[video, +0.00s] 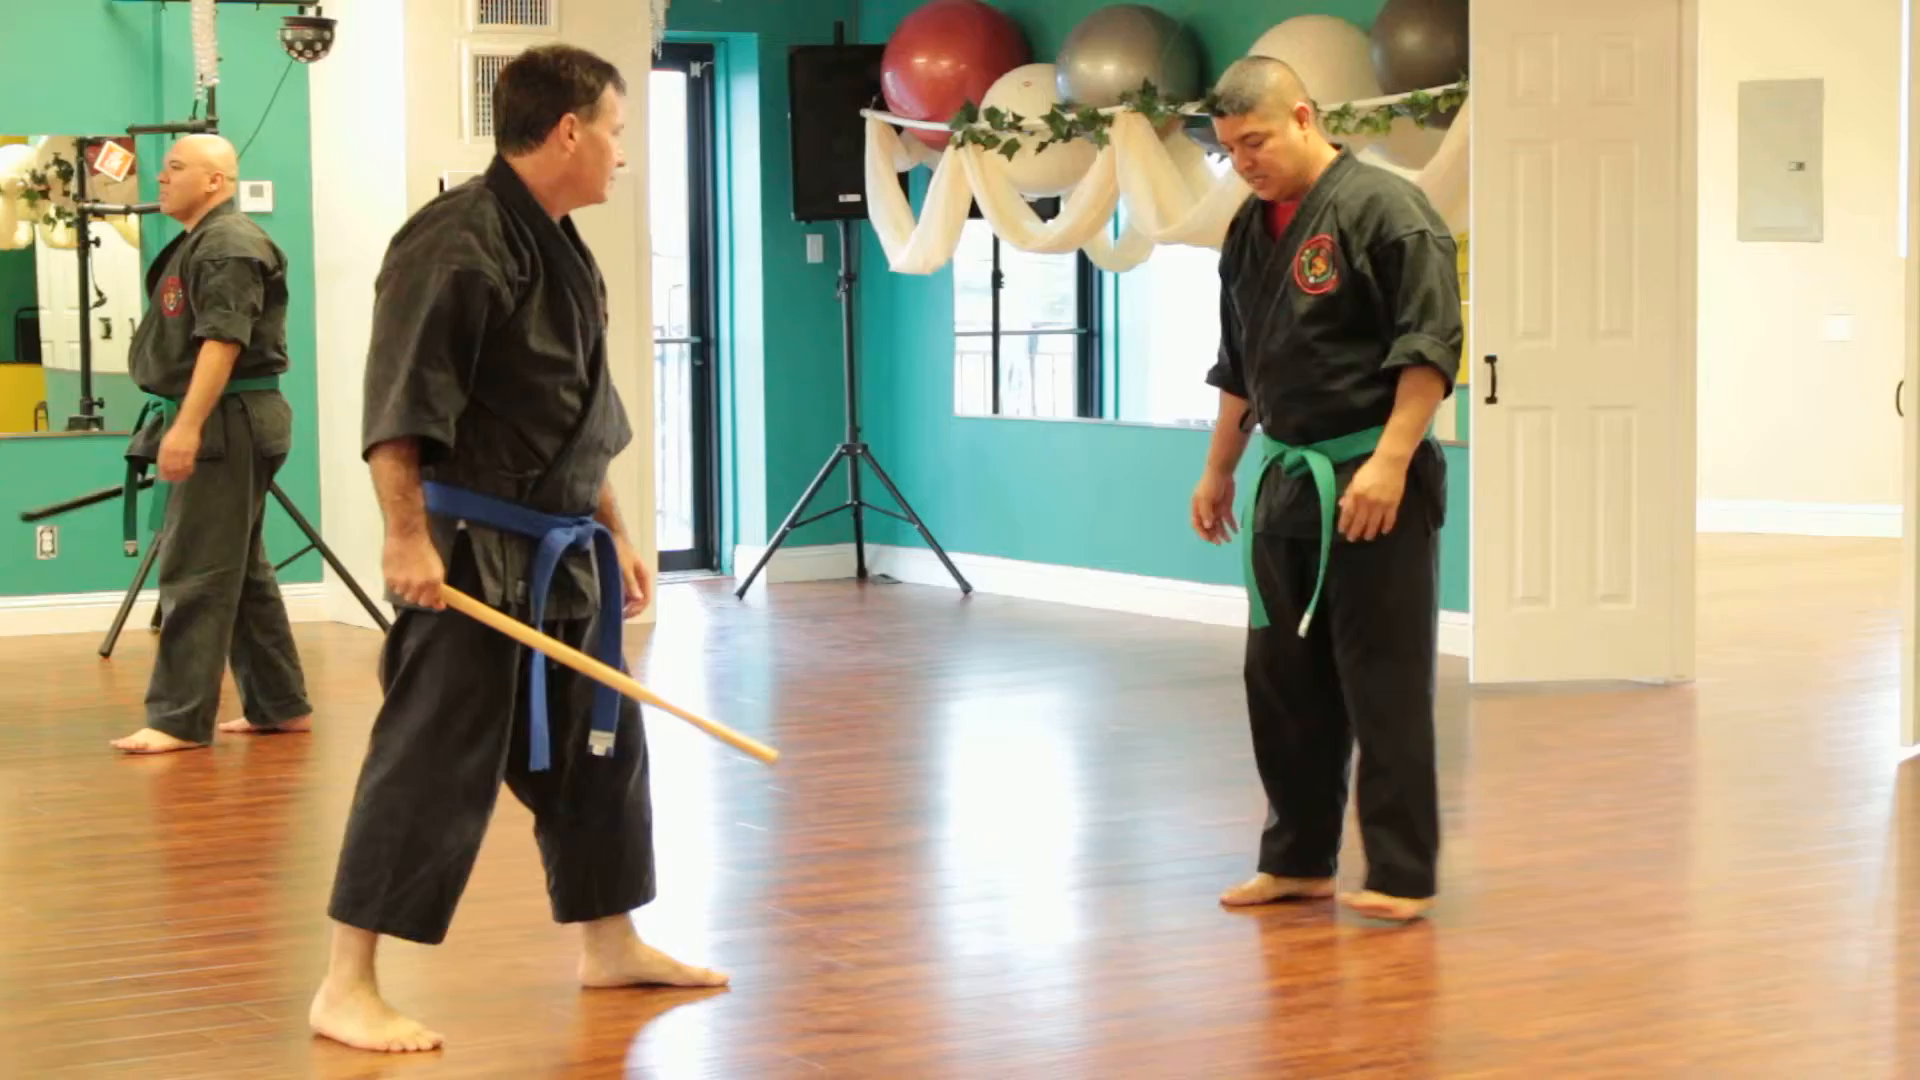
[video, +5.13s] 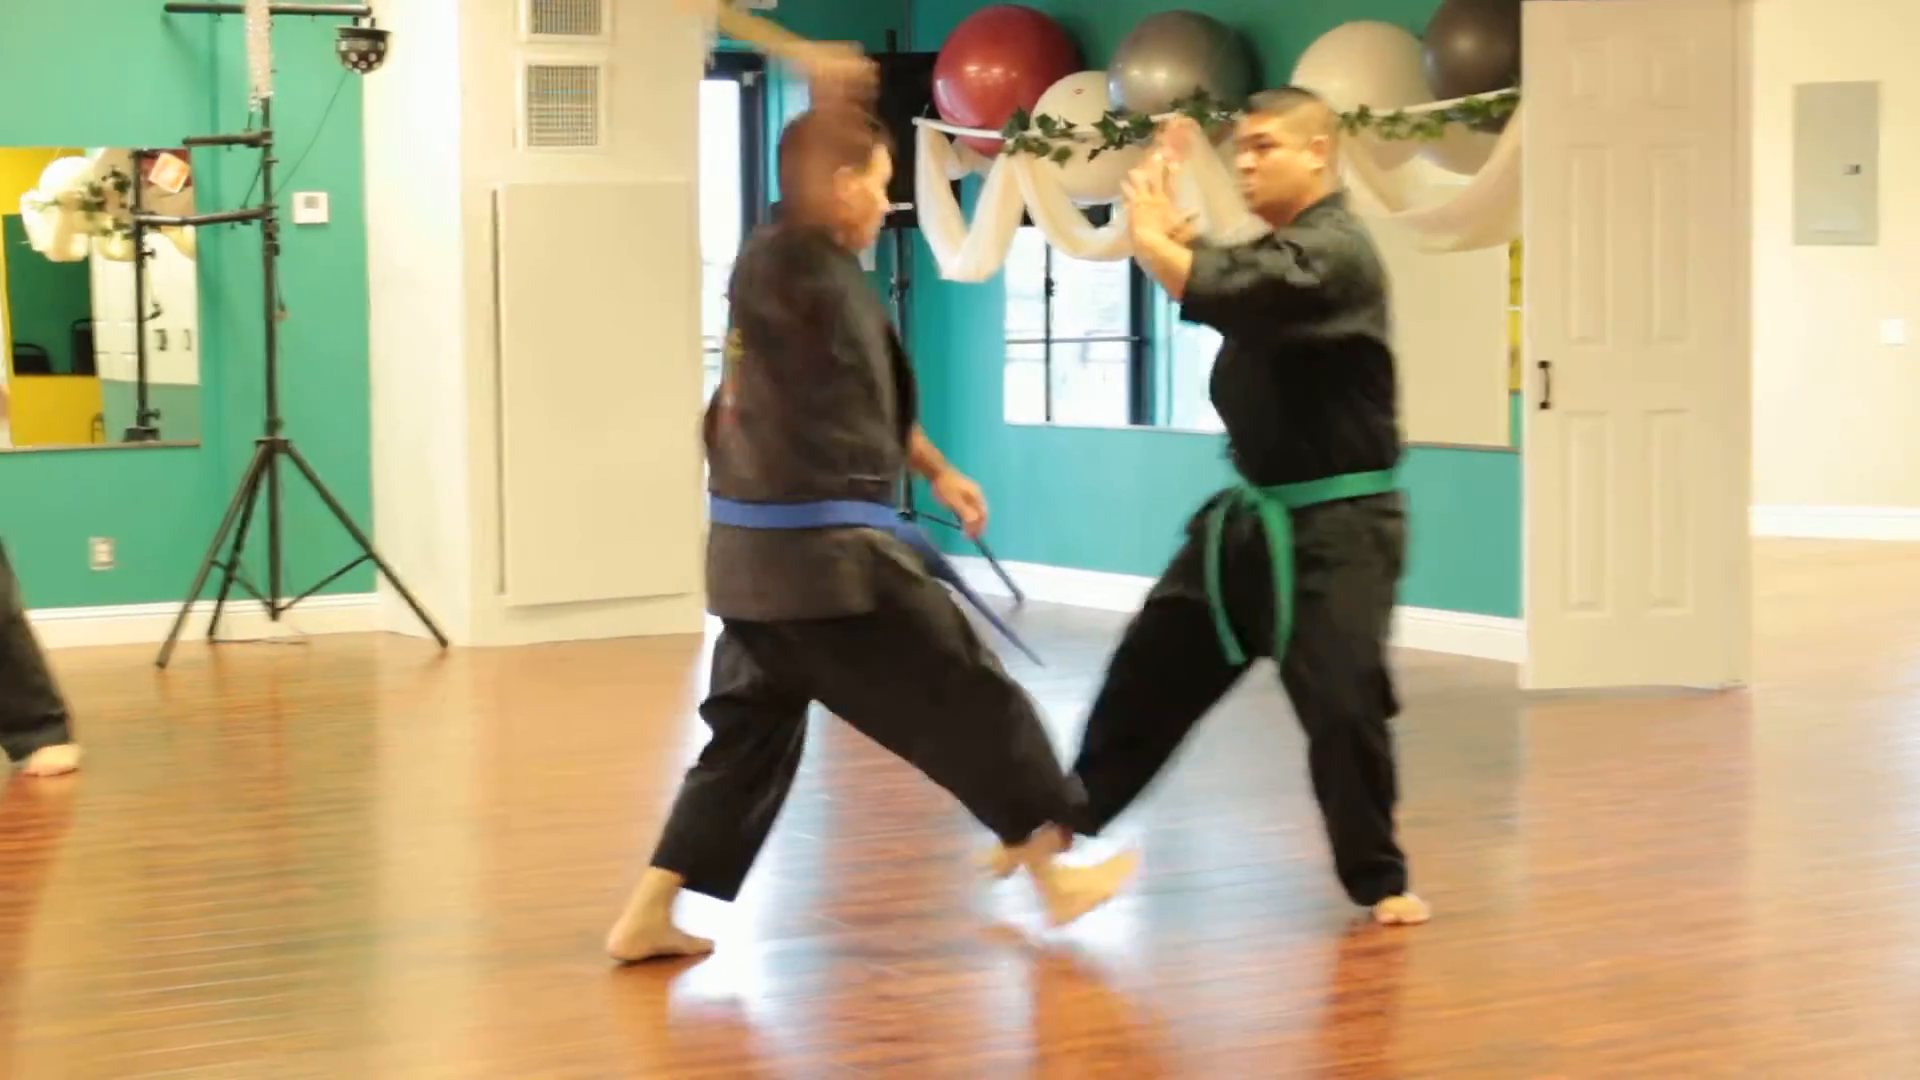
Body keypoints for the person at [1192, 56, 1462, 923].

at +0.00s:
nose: (1243, 162)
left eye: (1254, 142)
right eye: (1230, 149)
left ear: (1306, 119)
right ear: (1224, 147)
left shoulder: (1388, 207)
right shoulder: (1251, 227)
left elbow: (1431, 349)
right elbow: (1240, 362)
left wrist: (1391, 461)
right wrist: (1218, 466)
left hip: (1376, 471)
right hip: (1286, 473)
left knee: (1384, 677)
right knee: (1285, 670)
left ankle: (1400, 876)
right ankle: (1298, 862)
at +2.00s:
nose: (1309, 149)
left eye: (1323, 131)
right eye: (1302, 134)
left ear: (1378, 119)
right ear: (1306, 134)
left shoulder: (1443, 223)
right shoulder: (1319, 226)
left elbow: (1471, 374)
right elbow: (1310, 364)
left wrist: (1461, 497)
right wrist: (1299, 465)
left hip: (1409, 480)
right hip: (1325, 480)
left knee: (1429, 689)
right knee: (1327, 679)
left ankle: (1442, 884)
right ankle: (1340, 860)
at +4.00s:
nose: (1308, 119)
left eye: (1329, 104)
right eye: (1306, 106)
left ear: (1385, 118)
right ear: (1308, 123)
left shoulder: (1429, 226)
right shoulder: (1317, 230)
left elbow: (1453, 375)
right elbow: (1320, 366)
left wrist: (1432, 496)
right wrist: (1301, 468)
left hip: (1402, 481)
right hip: (1326, 481)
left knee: (1412, 689)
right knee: (1328, 683)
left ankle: (1436, 887)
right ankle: (1347, 861)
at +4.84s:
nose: (1276, 131)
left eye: (1295, 116)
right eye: (1274, 118)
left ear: (1352, 127)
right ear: (1291, 132)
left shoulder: (1377, 233)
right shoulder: (1313, 228)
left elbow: (1375, 385)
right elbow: (1312, 373)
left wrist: (1301, 477)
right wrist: (1268, 454)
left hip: (1385, 487)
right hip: (1318, 480)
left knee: (1375, 679)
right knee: (1307, 675)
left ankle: (1388, 873)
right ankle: (1336, 861)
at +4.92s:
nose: (1272, 144)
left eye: (1291, 129)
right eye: (1269, 131)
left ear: (1347, 140)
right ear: (1274, 145)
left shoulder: (1366, 239)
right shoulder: (1310, 241)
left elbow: (1335, 370)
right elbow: (1283, 369)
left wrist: (1220, 383)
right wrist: (1264, 387)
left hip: (1379, 497)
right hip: (1303, 494)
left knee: (1373, 688)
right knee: (1246, 658)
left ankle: (1384, 873)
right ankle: (1308, 824)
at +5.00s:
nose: (1268, 154)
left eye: (1286, 139)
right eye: (1264, 140)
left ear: (1340, 150)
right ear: (1269, 153)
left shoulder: (1359, 253)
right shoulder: (1309, 244)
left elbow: (1255, 349)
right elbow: (1282, 296)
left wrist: (1170, 291)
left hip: (1371, 505)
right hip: (1291, 500)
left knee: (1366, 684)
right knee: (1199, 642)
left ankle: (1383, 878)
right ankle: (1226, 812)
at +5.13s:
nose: (1248, 163)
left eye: (1265, 146)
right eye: (1241, 150)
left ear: (1321, 153)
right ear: (1243, 164)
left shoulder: (1337, 247)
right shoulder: (1267, 246)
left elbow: (1232, 291)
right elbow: (1201, 280)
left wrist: (1146, 230)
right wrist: (1168, 204)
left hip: (1343, 513)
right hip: (1257, 510)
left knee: (1338, 691)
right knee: (1159, 663)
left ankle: (1382, 884)